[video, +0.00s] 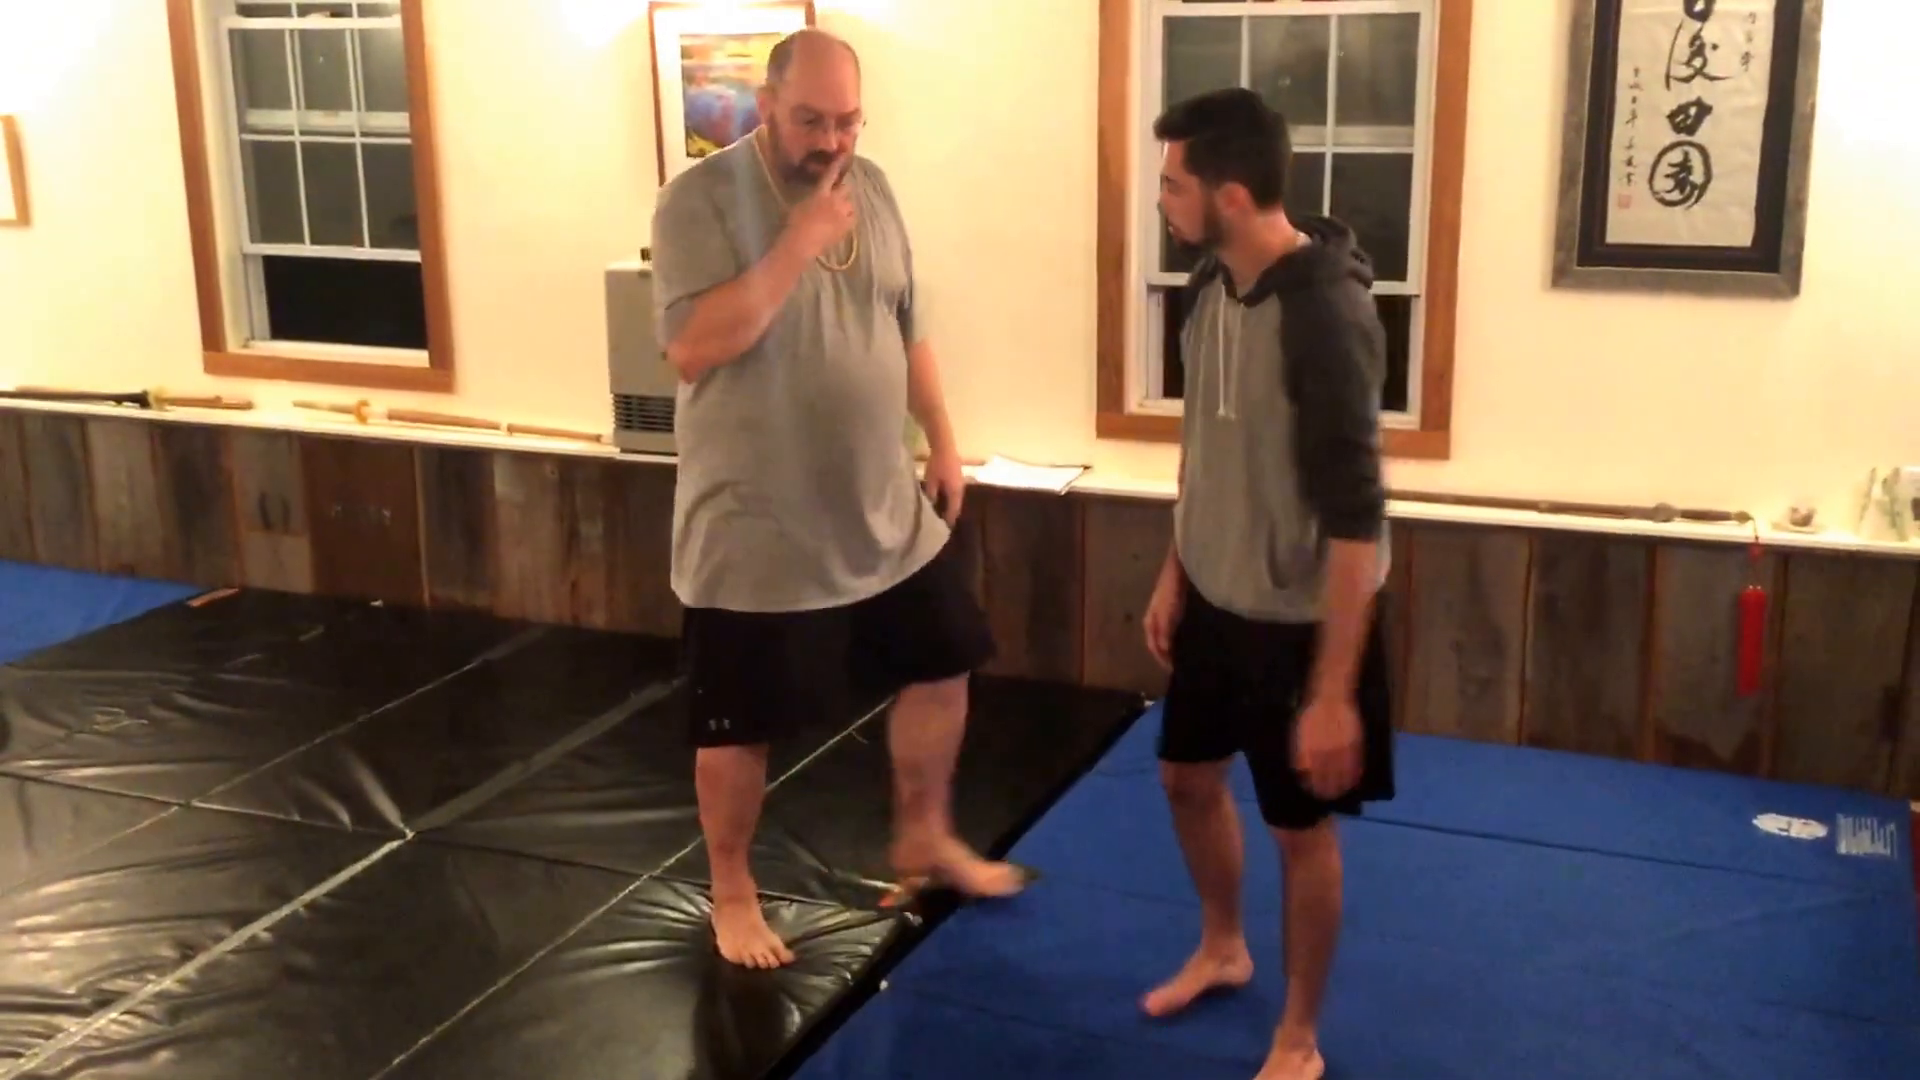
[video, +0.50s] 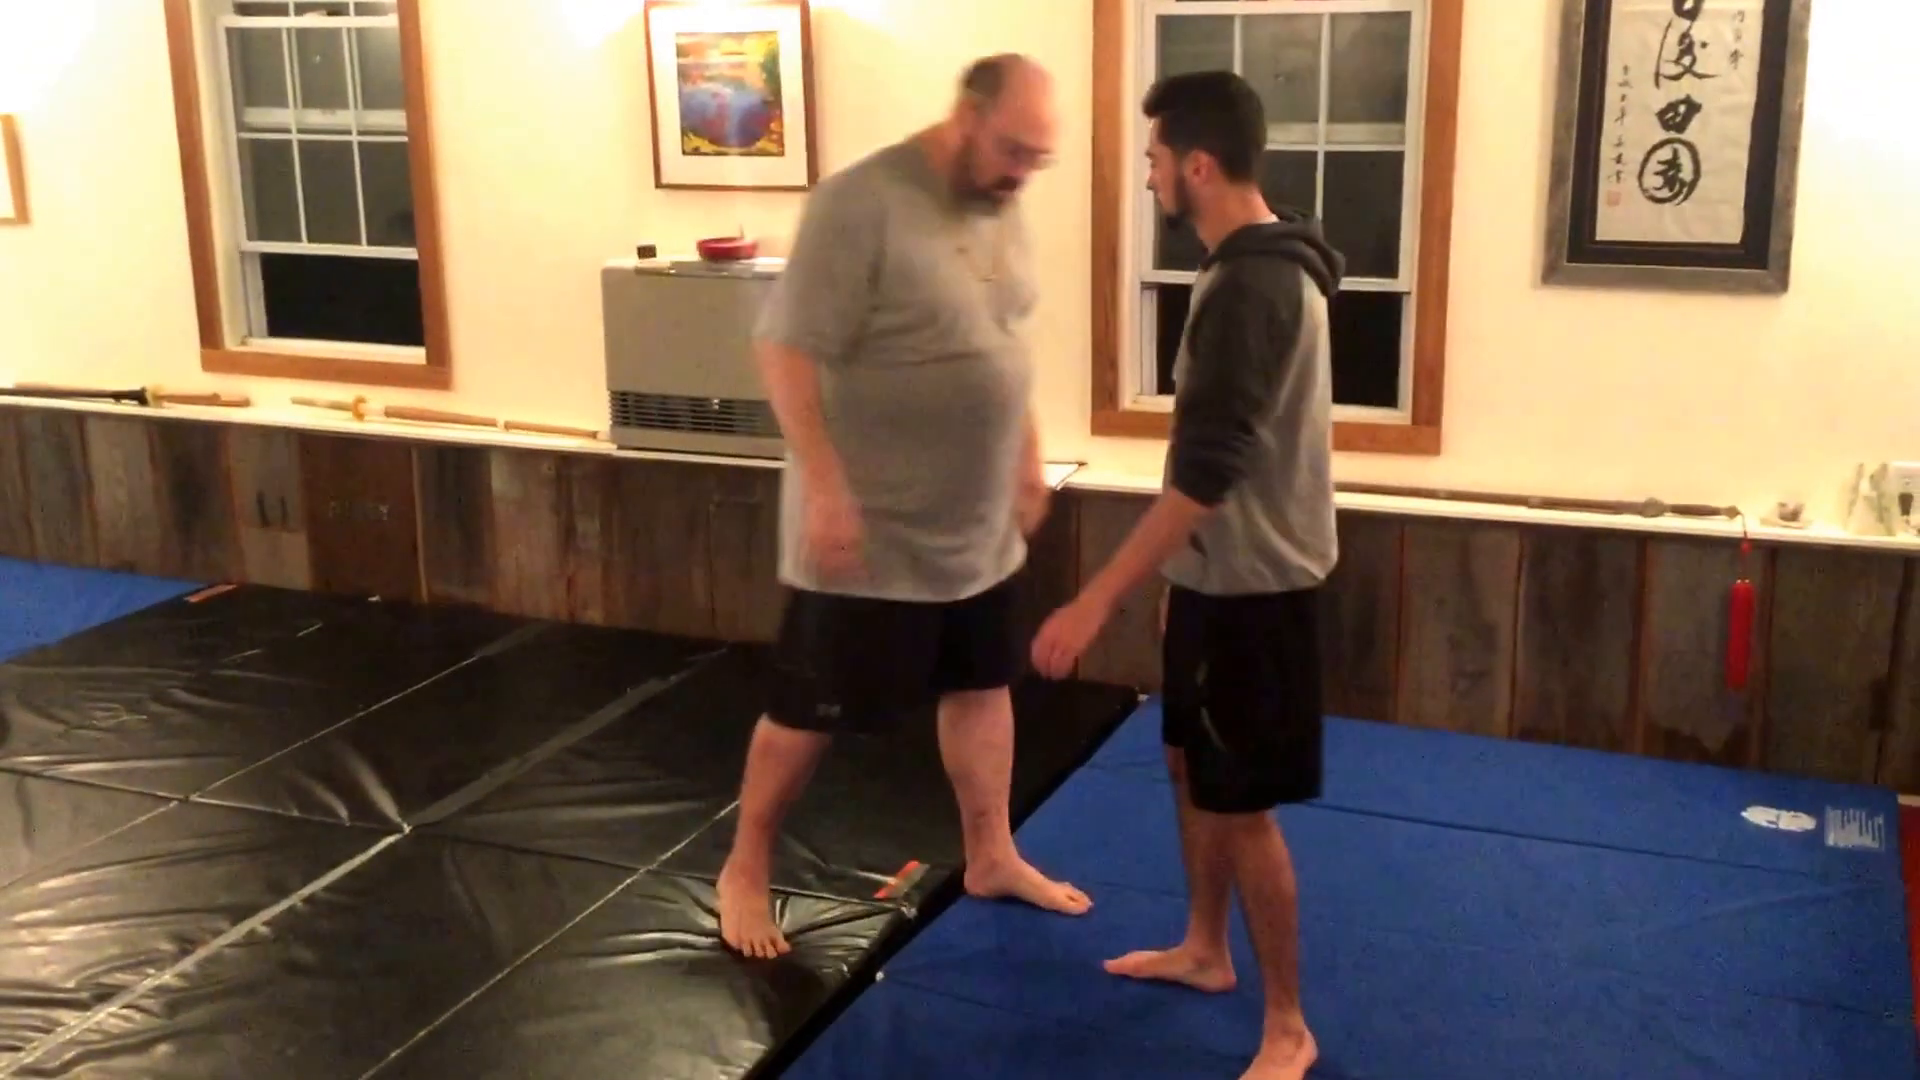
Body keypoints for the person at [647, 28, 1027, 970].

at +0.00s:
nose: (833, 140)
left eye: (846, 120)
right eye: (812, 119)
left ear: (860, 109)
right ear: (764, 103)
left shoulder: (871, 191)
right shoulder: (696, 201)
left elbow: (908, 331)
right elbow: (690, 349)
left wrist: (943, 444)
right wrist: (794, 247)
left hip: (878, 493)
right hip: (748, 508)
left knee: (941, 661)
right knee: (735, 719)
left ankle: (922, 838)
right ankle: (732, 890)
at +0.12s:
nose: (867, 147)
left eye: (879, 128)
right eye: (848, 125)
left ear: (890, 122)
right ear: (795, 110)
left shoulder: (879, 194)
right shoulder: (722, 204)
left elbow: (909, 333)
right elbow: (707, 358)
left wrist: (944, 447)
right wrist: (825, 277)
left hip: (887, 498)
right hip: (764, 513)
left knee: (946, 672)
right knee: (745, 718)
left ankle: (981, 847)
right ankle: (733, 894)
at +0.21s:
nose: (897, 154)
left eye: (909, 136)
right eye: (881, 132)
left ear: (917, 128)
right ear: (824, 112)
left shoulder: (901, 201)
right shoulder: (748, 206)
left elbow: (922, 340)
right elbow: (711, 362)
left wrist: (950, 449)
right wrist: (854, 316)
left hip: (901, 501)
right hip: (780, 515)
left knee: (945, 685)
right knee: (756, 720)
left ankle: (990, 856)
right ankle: (732, 892)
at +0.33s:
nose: (952, 166)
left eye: (964, 148)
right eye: (939, 143)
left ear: (969, 141)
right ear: (884, 117)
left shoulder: (942, 211)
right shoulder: (794, 207)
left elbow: (951, 353)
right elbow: (733, 357)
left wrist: (977, 459)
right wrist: (868, 409)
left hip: (926, 515)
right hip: (807, 525)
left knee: (954, 692)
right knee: (770, 718)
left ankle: (992, 861)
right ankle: (733, 884)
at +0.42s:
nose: (991, 172)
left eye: (1003, 154)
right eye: (980, 150)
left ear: (1002, 139)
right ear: (925, 121)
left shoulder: (972, 209)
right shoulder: (825, 206)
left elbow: (976, 353)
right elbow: (759, 351)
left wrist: (999, 461)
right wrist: (853, 463)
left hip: (954, 519)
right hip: (831, 526)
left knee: (969, 688)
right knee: (784, 715)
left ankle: (992, 859)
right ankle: (736, 881)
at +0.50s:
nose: (1026, 172)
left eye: (1038, 156)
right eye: (1016, 150)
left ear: (1041, 141)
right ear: (963, 118)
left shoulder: (1001, 205)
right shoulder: (857, 202)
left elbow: (1002, 346)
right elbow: (785, 348)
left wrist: (1027, 458)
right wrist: (825, 486)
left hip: (975, 523)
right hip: (863, 527)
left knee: (982, 686)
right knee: (805, 708)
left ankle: (992, 858)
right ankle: (746, 873)